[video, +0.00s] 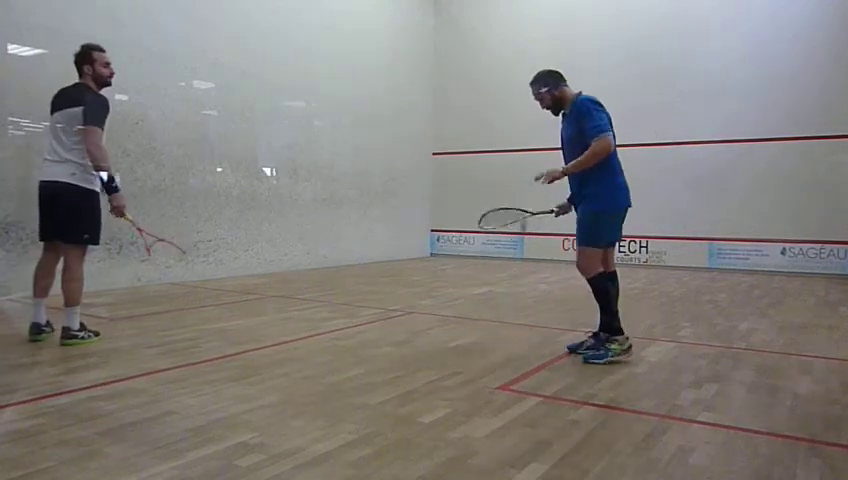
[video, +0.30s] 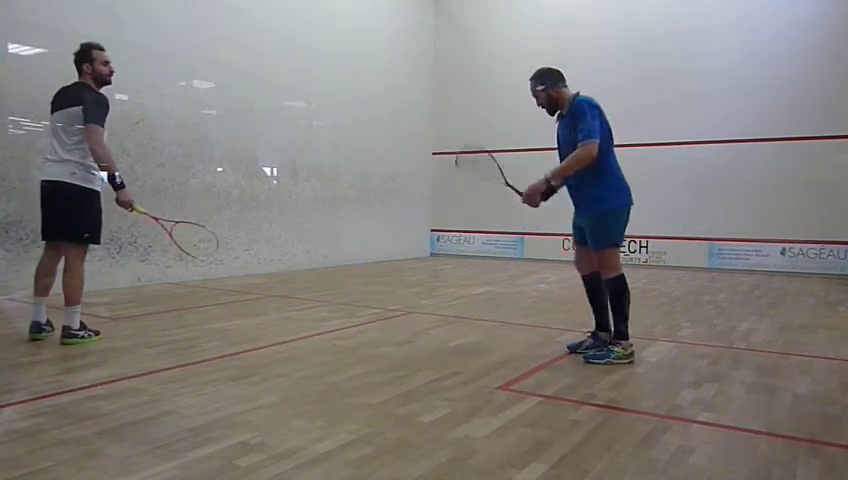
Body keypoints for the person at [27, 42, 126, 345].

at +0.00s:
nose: (111, 70)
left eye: (110, 65)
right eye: (105, 65)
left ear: (84, 70)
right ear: (87, 68)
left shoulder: (59, 96)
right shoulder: (95, 100)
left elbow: (64, 144)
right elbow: (94, 146)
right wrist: (114, 190)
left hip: (49, 185)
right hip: (78, 188)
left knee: (50, 252)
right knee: (74, 258)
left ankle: (37, 321)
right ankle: (72, 327)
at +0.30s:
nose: (111, 68)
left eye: (110, 63)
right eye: (105, 64)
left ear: (84, 70)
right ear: (86, 68)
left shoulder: (60, 95)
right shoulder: (95, 99)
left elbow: (65, 144)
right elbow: (96, 144)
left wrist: (95, 170)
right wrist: (120, 186)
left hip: (51, 184)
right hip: (79, 187)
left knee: (52, 250)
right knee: (75, 256)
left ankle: (38, 320)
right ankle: (72, 326)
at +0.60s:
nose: (113, 73)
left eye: (112, 68)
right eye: (108, 69)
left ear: (85, 74)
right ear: (90, 72)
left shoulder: (55, 97)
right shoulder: (96, 103)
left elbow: (41, 143)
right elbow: (99, 148)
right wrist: (122, 190)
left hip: (43, 184)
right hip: (75, 189)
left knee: (44, 249)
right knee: (71, 257)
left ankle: (29, 317)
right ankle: (72, 326)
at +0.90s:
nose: (92, 78)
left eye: (90, 73)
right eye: (87, 74)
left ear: (64, 78)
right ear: (71, 77)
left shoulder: (30, 103)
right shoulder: (83, 108)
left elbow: (13, 148)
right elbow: (91, 153)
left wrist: (22, 181)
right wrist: (105, 190)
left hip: (30, 190)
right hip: (69, 193)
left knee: (25, 251)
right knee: (70, 258)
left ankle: (12, 315)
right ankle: (72, 324)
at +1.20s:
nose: (56, 76)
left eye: (53, 71)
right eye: (52, 71)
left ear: (27, 78)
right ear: (42, 76)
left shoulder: (5, 102)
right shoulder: (59, 108)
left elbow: (3, 143)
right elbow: (75, 154)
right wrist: (65, 162)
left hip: (10, 189)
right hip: (48, 191)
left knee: (11, 249)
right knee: (60, 247)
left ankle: (10, 314)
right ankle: (62, 303)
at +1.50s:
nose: (44, 82)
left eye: (42, 77)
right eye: (42, 77)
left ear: (15, 83)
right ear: (35, 81)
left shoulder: (4, 106)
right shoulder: (55, 113)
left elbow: (3, 142)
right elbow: (55, 146)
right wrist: (42, 100)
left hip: (10, 187)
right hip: (46, 189)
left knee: (7, 250)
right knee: (40, 246)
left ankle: (9, 313)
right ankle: (40, 304)